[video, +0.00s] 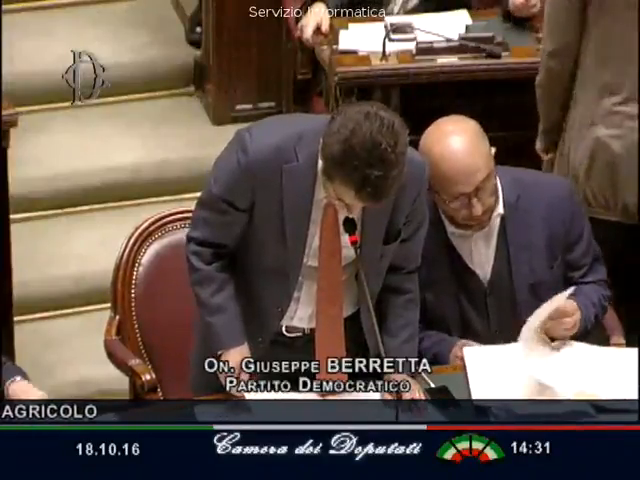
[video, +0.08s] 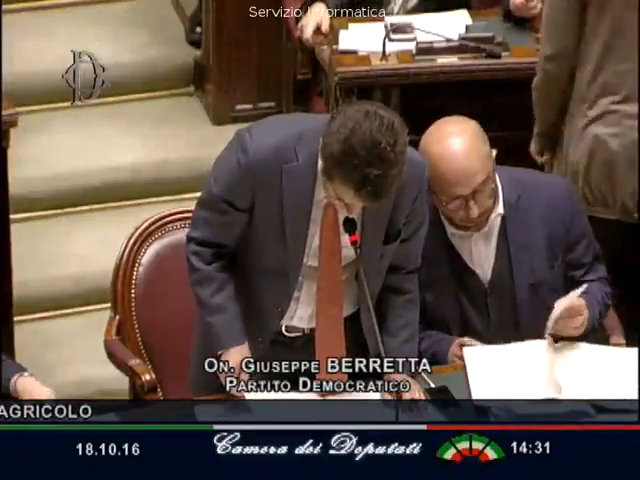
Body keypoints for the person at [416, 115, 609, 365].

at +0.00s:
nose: (476, 208)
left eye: (482, 188)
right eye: (458, 199)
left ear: (492, 158)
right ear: (430, 187)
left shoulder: (553, 198)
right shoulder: (408, 224)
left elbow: (594, 282)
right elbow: (401, 326)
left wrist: (578, 310)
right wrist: (448, 350)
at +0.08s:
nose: (473, 210)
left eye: (480, 191)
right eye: (455, 200)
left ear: (493, 161)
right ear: (428, 188)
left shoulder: (553, 198)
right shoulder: (408, 224)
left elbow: (594, 279)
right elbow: (396, 326)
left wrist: (583, 312)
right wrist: (446, 350)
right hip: (461, 382)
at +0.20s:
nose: (471, 212)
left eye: (481, 192)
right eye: (454, 201)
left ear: (493, 159)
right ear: (429, 188)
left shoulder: (552, 198)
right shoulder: (408, 224)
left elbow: (591, 273)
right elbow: (399, 329)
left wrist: (585, 300)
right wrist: (444, 349)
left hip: (554, 374)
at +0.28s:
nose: (472, 211)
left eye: (481, 192)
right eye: (455, 201)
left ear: (493, 161)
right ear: (429, 188)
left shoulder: (552, 197)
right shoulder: (407, 224)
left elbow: (588, 268)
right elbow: (396, 326)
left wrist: (590, 301)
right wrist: (444, 349)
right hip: (463, 385)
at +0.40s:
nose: (474, 211)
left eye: (482, 191)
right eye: (456, 201)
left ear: (493, 159)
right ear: (429, 188)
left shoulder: (555, 198)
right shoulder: (407, 223)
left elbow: (588, 269)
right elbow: (397, 326)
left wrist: (593, 302)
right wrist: (444, 349)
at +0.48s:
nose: (475, 211)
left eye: (482, 191)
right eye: (456, 201)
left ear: (493, 159)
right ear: (429, 188)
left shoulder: (553, 198)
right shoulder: (408, 223)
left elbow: (587, 270)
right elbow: (396, 325)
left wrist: (596, 303)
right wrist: (443, 349)